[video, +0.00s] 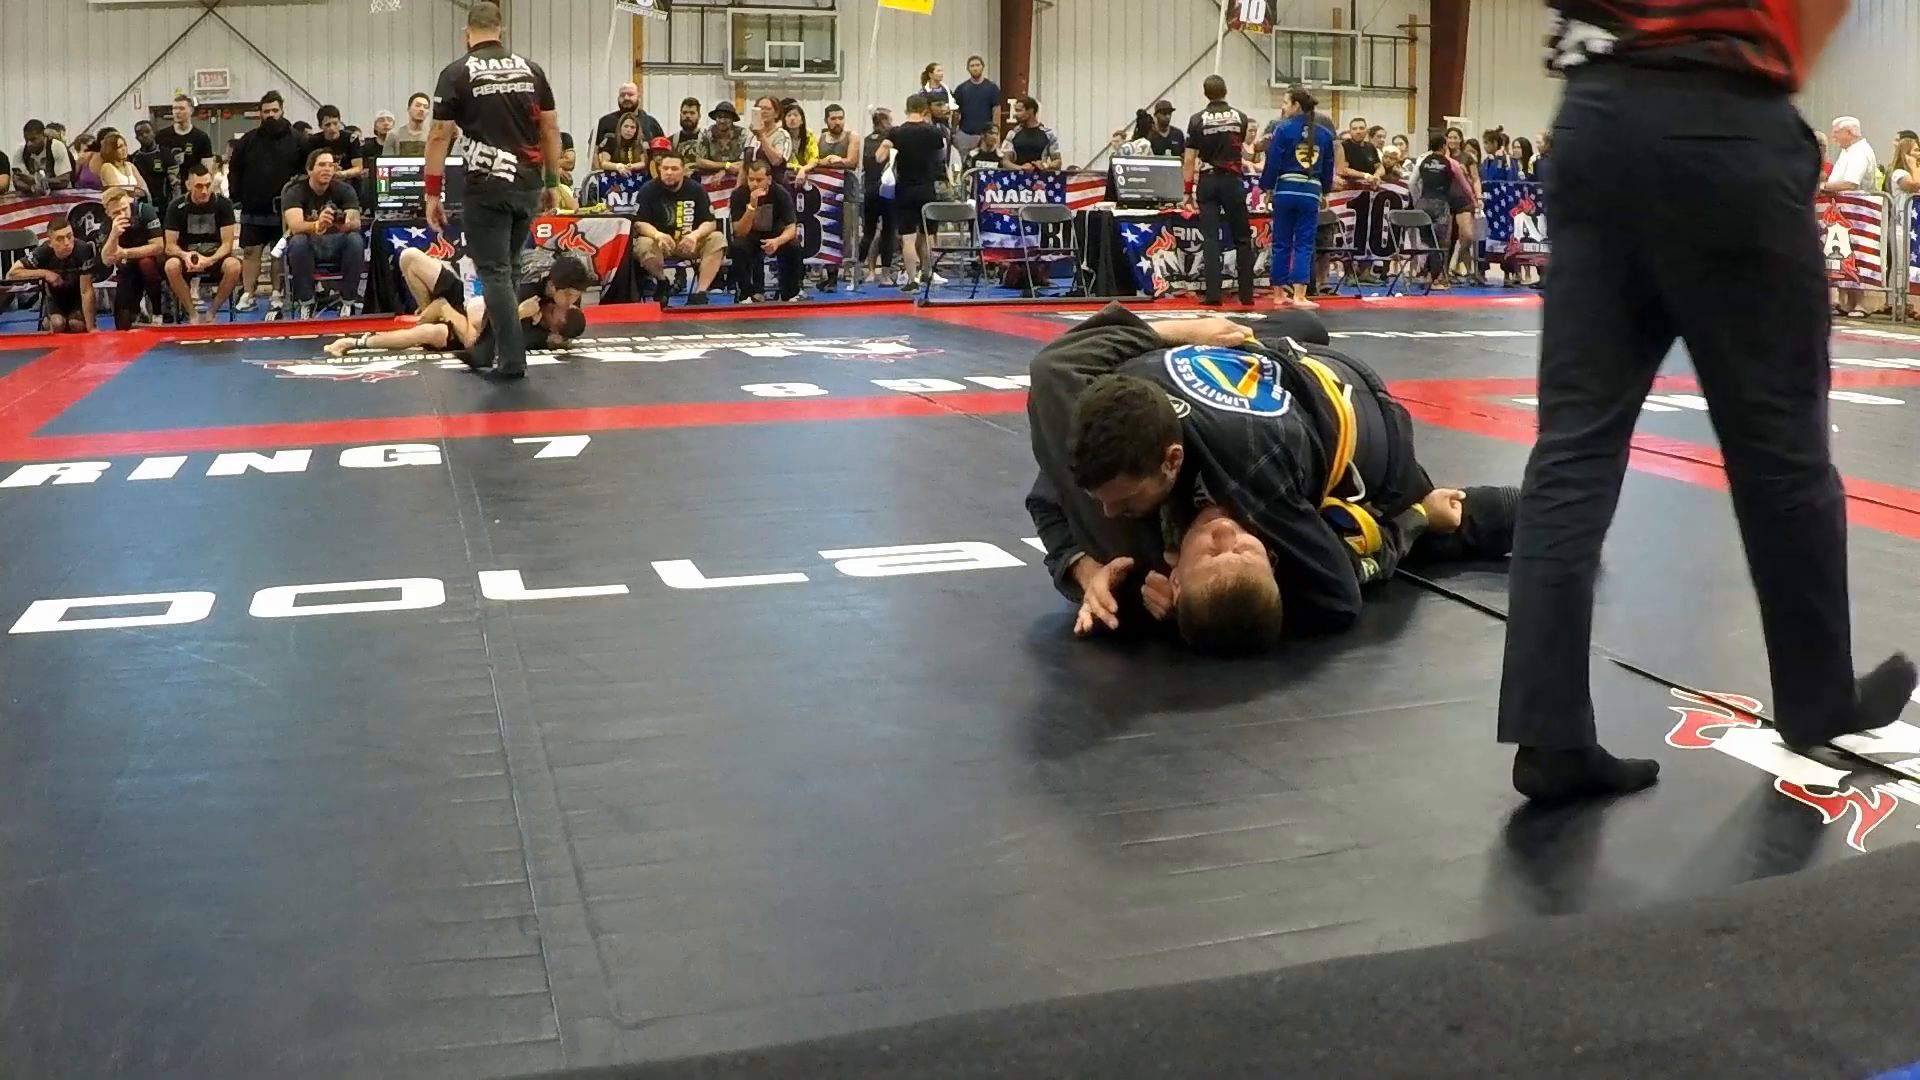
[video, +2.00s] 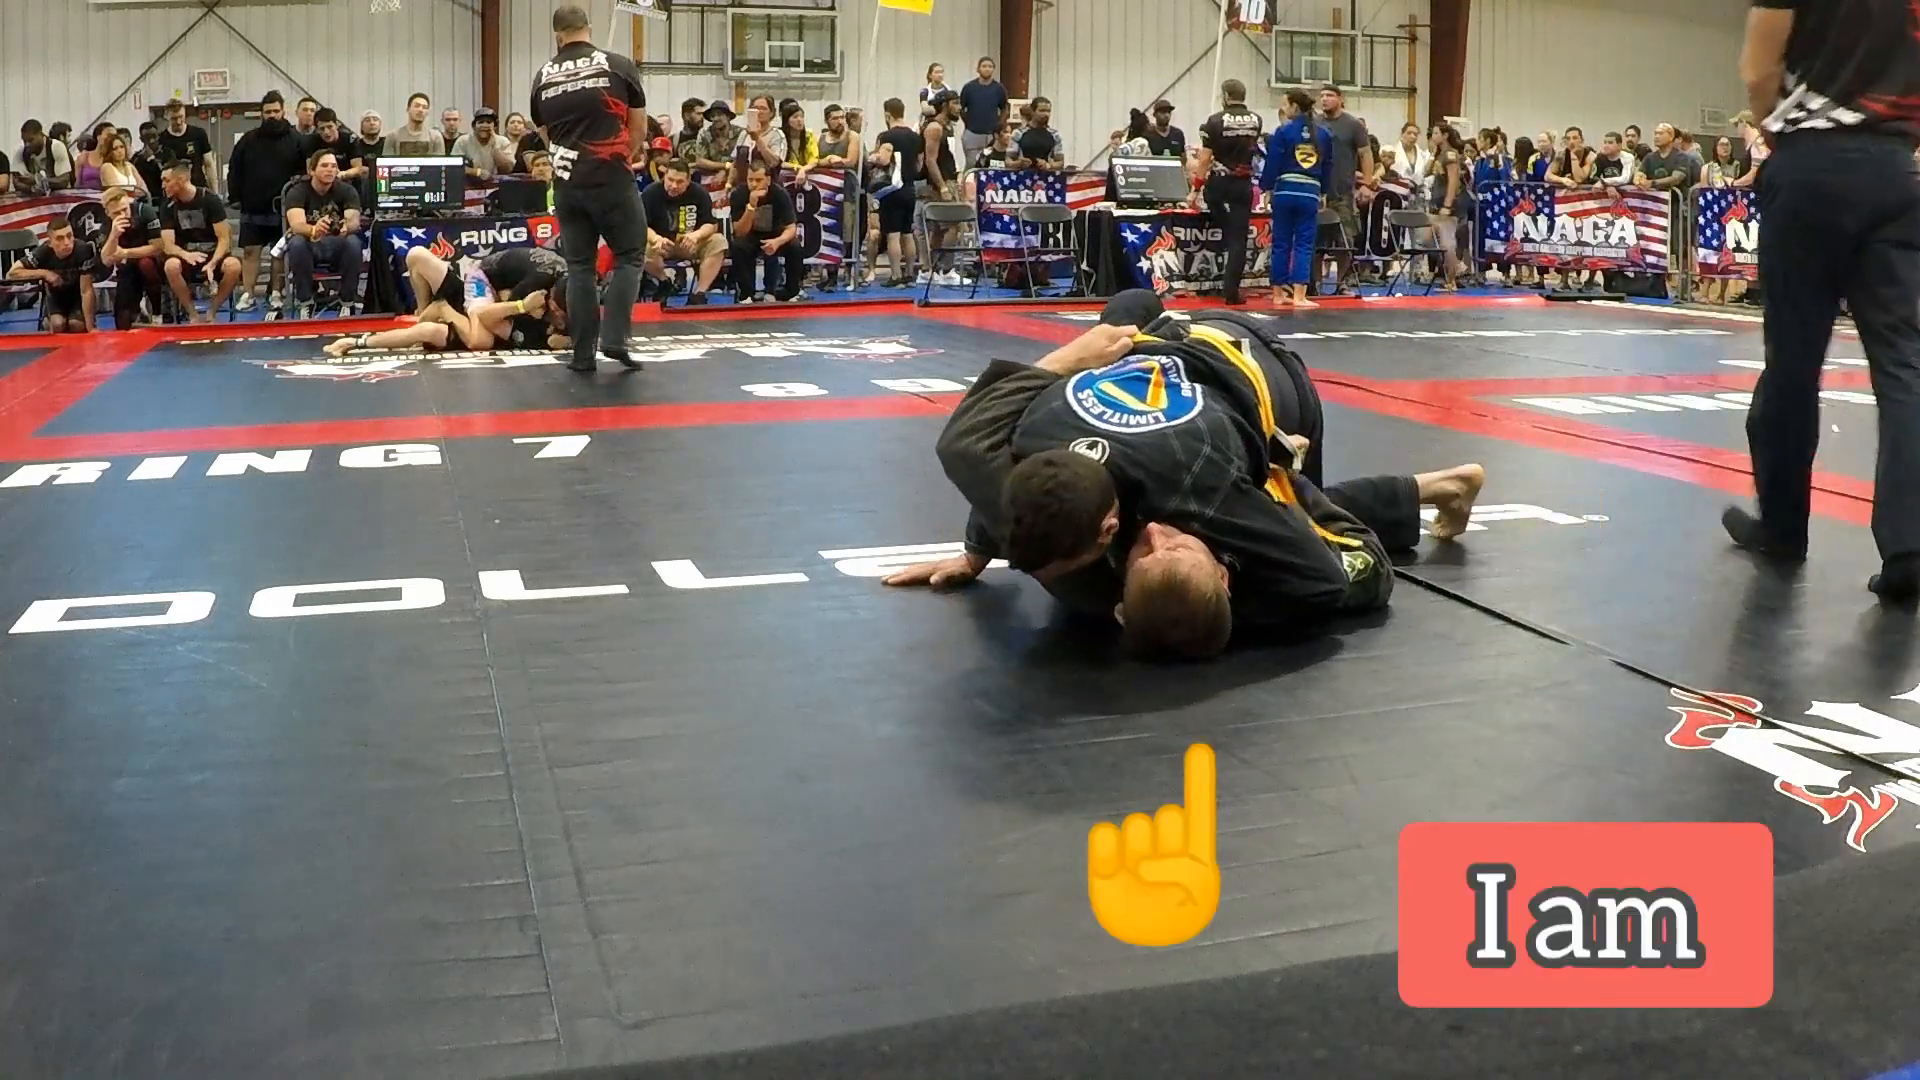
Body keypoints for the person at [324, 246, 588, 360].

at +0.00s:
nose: (575, 302)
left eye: (579, 297)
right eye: (571, 295)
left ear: (580, 292)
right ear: (553, 287)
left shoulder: (564, 315)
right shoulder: (530, 292)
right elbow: (485, 317)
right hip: (473, 302)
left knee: (432, 333)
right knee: (409, 257)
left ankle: (356, 343)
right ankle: (428, 319)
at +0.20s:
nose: (560, 314)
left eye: (567, 310)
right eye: (561, 305)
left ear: (574, 306)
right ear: (553, 292)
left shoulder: (557, 327)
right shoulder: (530, 295)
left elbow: (481, 343)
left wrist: (449, 311)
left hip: (472, 332)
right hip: (468, 299)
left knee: (432, 335)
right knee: (407, 261)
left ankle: (357, 344)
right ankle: (426, 318)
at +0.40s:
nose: (563, 318)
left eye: (568, 314)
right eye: (562, 310)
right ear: (550, 300)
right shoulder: (532, 301)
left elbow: (477, 340)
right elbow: (478, 319)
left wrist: (448, 313)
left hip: (467, 334)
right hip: (465, 302)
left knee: (429, 334)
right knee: (407, 261)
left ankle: (354, 344)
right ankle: (426, 319)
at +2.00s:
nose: (554, 308)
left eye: (560, 308)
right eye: (555, 303)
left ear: (566, 312)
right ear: (552, 299)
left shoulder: (542, 331)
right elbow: (481, 313)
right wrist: (521, 307)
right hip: (477, 296)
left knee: (429, 330)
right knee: (416, 255)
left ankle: (355, 343)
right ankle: (424, 317)